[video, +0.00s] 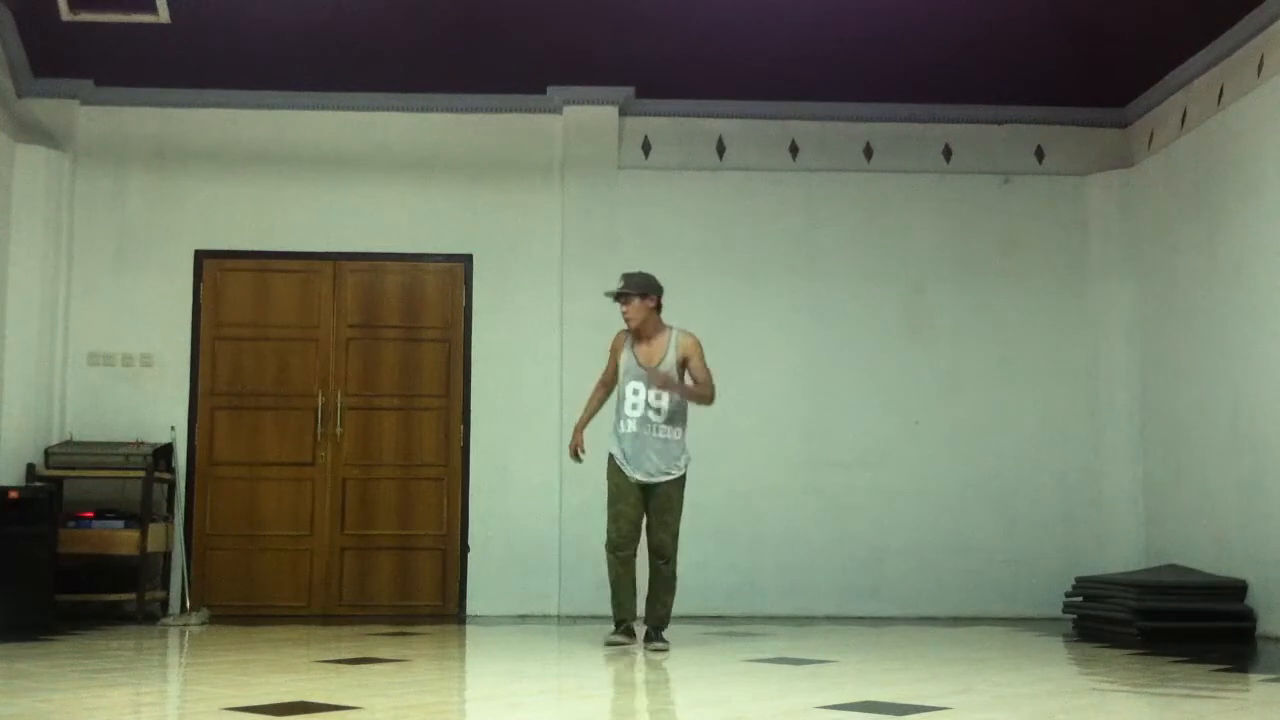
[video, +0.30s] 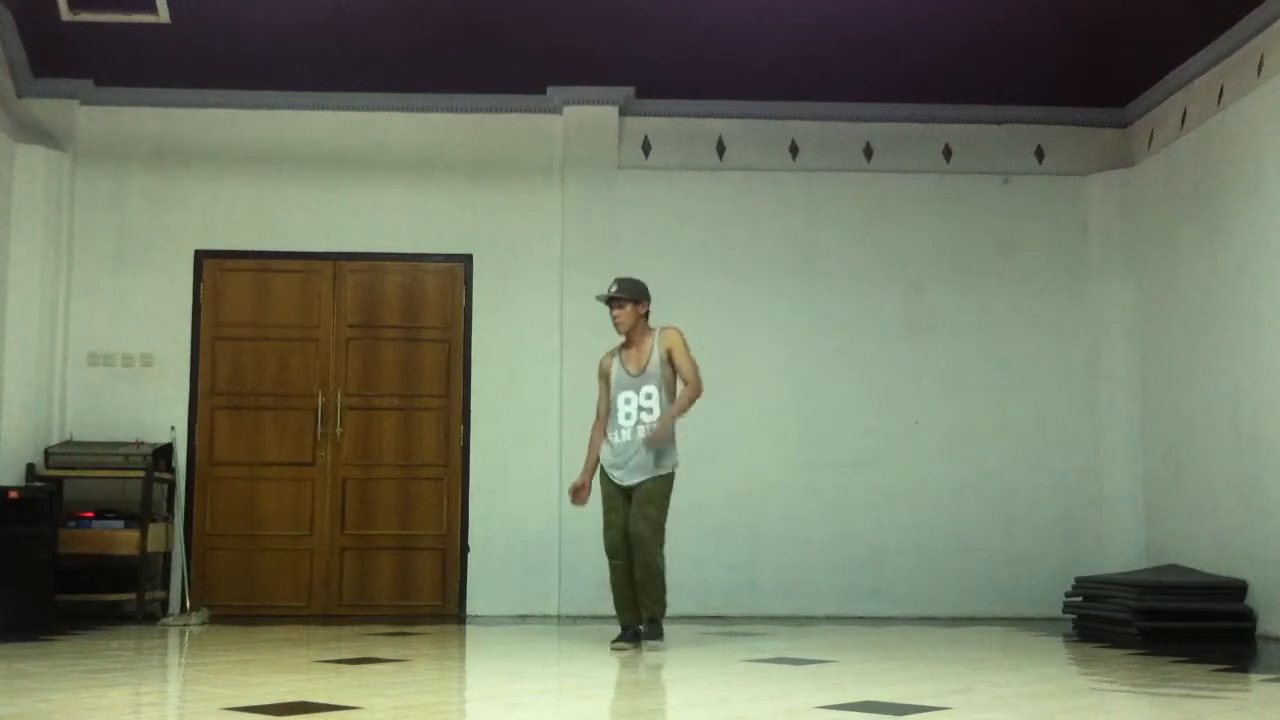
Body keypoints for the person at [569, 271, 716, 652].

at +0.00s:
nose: (622, 308)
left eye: (628, 301)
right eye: (620, 302)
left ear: (652, 302)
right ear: (627, 305)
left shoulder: (685, 343)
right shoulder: (622, 343)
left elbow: (707, 394)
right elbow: (606, 384)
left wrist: (674, 386)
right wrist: (580, 426)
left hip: (668, 466)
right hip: (624, 462)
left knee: (662, 549)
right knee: (620, 544)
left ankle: (656, 627)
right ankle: (624, 625)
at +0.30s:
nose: (613, 313)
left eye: (620, 305)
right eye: (611, 307)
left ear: (642, 308)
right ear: (612, 311)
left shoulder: (667, 338)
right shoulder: (609, 362)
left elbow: (694, 385)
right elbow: (601, 422)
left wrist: (667, 420)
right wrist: (586, 475)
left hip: (654, 466)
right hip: (614, 469)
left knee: (644, 540)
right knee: (616, 546)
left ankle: (652, 620)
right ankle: (629, 625)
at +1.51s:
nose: (626, 317)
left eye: (634, 312)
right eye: (620, 311)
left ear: (643, 318)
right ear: (610, 316)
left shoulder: (660, 359)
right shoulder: (594, 367)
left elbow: (668, 407)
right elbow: (592, 419)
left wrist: (681, 431)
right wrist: (582, 438)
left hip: (648, 472)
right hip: (607, 473)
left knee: (648, 546)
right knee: (608, 550)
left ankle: (650, 621)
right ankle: (614, 622)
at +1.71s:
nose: (636, 325)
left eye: (643, 320)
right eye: (630, 318)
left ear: (651, 325)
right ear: (618, 319)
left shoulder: (660, 366)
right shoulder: (595, 365)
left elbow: (676, 416)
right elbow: (580, 419)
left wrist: (707, 394)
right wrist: (567, 392)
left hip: (653, 472)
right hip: (609, 473)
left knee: (663, 540)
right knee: (609, 549)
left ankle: (676, 615)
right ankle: (614, 624)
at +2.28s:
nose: (668, 335)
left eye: (676, 329)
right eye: (663, 328)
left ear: (685, 335)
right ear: (653, 330)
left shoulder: (695, 376)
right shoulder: (631, 372)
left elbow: (720, 421)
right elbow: (604, 413)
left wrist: (742, 388)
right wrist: (594, 373)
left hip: (689, 484)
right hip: (643, 482)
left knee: (714, 548)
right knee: (624, 547)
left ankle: (716, 621)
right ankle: (615, 623)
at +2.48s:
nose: (678, 328)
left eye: (687, 323)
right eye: (674, 321)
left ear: (699, 328)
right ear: (667, 324)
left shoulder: (713, 366)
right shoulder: (649, 358)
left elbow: (748, 399)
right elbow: (604, 383)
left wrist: (761, 431)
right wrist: (609, 405)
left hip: (698, 480)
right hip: (652, 476)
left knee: (714, 550)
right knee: (631, 546)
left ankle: (716, 619)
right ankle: (616, 622)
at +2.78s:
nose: (704, 326)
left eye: (712, 321)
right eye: (700, 320)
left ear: (727, 327)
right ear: (694, 324)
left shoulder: (739, 374)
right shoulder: (675, 361)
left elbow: (748, 427)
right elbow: (635, 401)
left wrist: (748, 475)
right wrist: (624, 451)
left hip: (716, 483)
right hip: (670, 477)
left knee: (726, 553)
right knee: (641, 547)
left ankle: (718, 621)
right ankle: (620, 618)